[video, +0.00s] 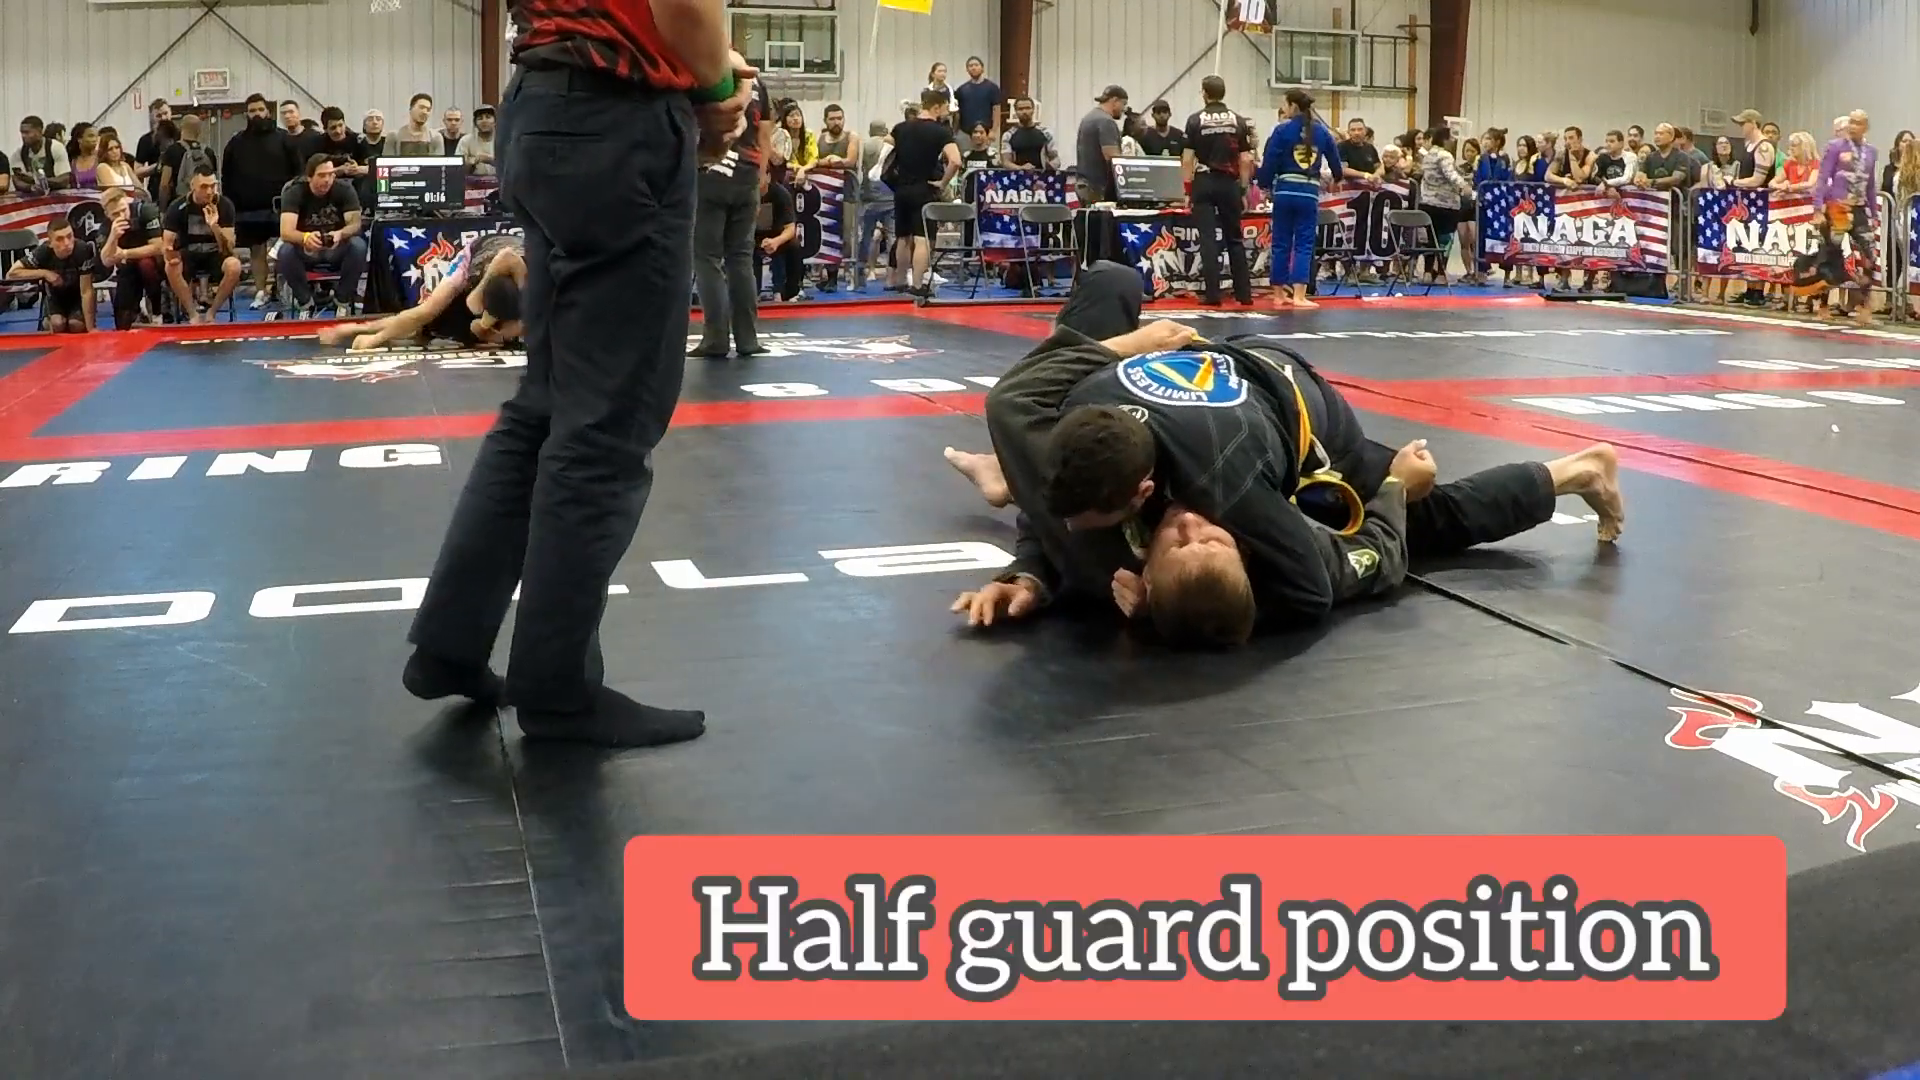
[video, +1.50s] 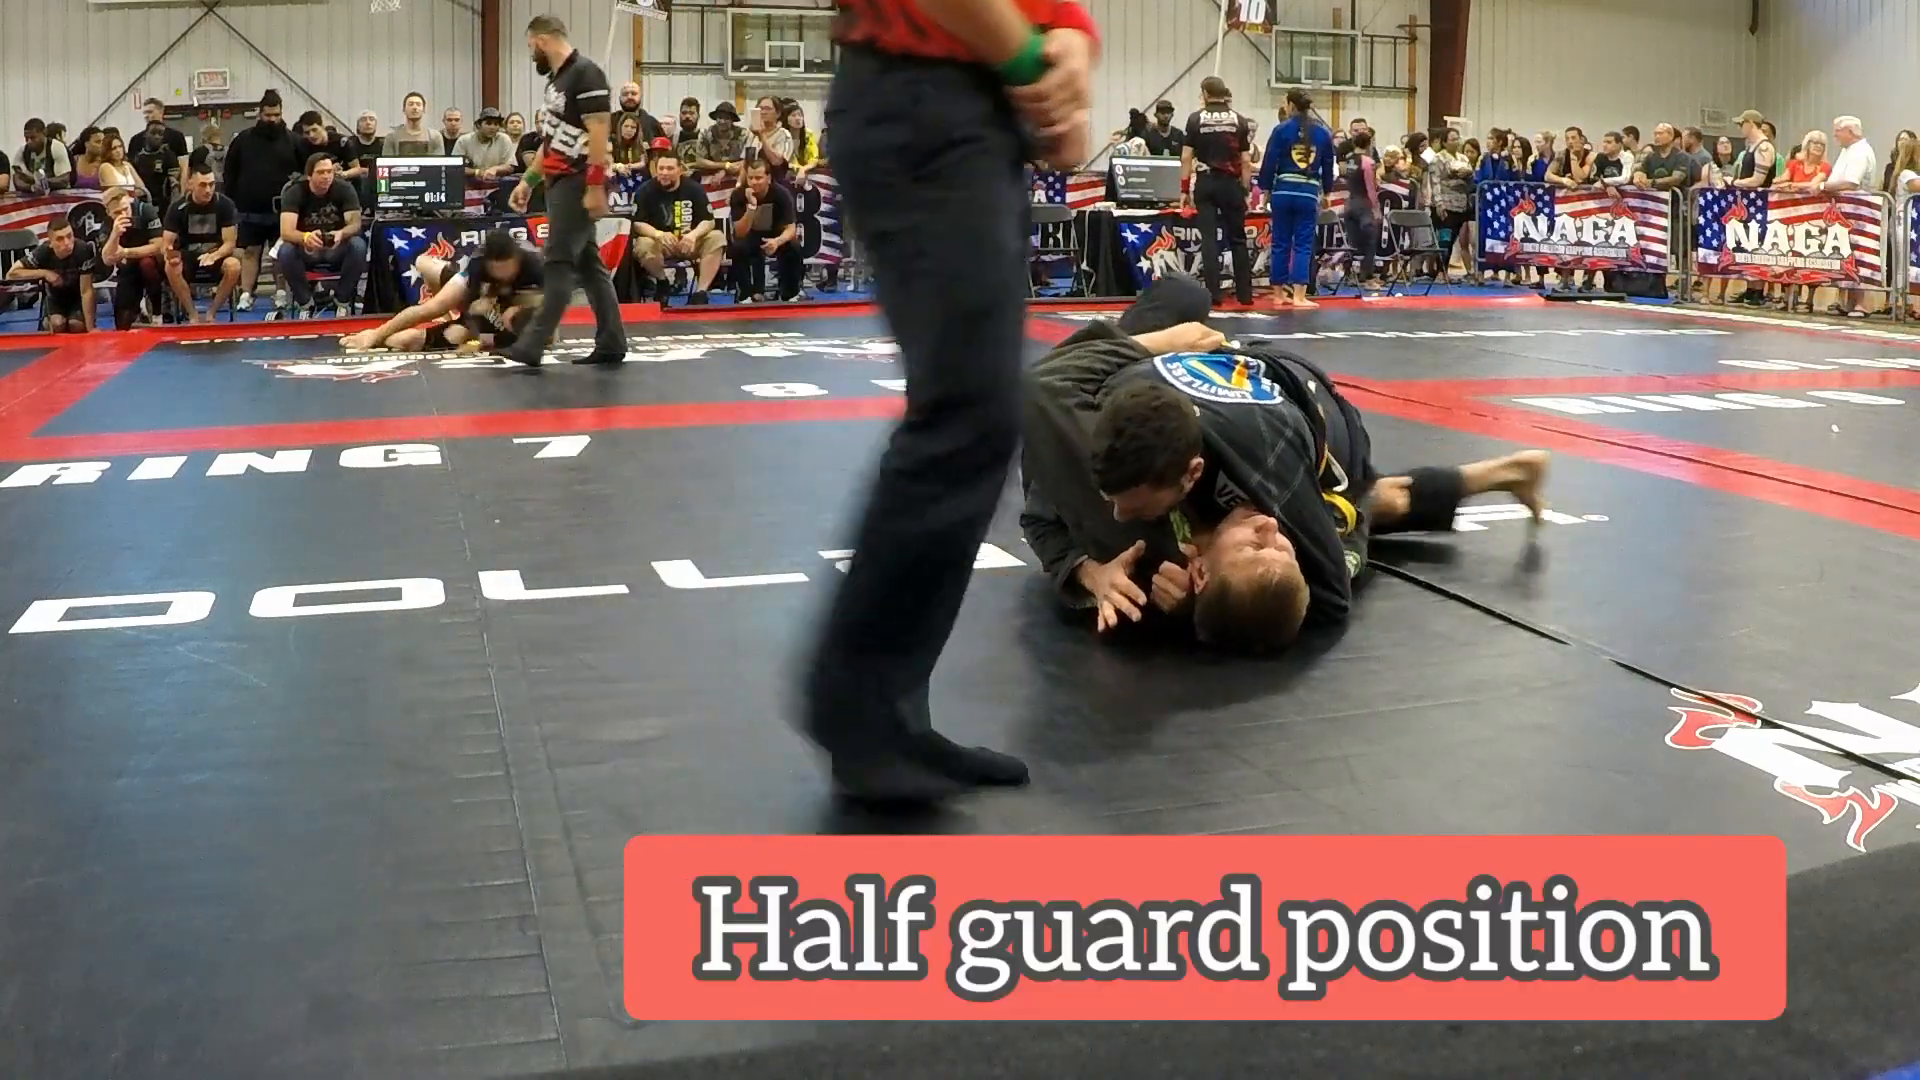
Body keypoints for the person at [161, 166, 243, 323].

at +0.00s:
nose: (209, 191)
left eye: (212, 186)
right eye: (204, 187)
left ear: (216, 186)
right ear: (193, 187)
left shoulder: (224, 205)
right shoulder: (178, 207)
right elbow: (168, 241)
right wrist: (171, 257)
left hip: (215, 253)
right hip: (188, 254)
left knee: (234, 266)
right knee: (172, 268)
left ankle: (211, 313)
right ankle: (193, 315)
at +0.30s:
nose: (207, 191)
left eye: (210, 186)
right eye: (201, 186)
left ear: (215, 185)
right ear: (191, 185)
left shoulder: (223, 204)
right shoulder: (177, 207)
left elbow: (229, 241)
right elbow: (167, 242)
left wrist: (219, 252)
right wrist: (171, 256)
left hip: (213, 253)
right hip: (187, 253)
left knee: (234, 266)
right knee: (171, 268)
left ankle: (211, 314)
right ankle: (193, 315)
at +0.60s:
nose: (207, 190)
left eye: (210, 185)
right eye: (201, 185)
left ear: (214, 184)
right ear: (191, 185)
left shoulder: (224, 205)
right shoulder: (176, 207)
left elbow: (229, 241)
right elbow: (167, 242)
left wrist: (216, 254)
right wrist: (172, 257)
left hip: (214, 253)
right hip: (187, 254)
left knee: (234, 266)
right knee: (171, 268)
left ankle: (211, 313)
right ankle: (193, 314)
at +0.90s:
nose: (207, 190)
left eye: (211, 184)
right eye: (202, 185)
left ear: (215, 184)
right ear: (190, 184)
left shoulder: (224, 204)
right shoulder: (176, 207)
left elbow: (229, 243)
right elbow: (167, 243)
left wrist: (214, 256)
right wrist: (172, 256)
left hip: (215, 253)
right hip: (187, 255)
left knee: (234, 266)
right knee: (172, 268)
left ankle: (211, 313)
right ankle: (193, 315)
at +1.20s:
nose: (208, 190)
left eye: (211, 185)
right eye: (202, 185)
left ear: (215, 184)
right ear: (191, 185)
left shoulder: (224, 205)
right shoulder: (177, 207)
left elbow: (229, 244)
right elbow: (167, 243)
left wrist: (214, 255)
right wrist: (171, 256)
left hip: (215, 253)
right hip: (188, 255)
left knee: (234, 266)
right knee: (171, 268)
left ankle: (211, 314)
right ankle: (193, 315)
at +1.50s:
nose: (208, 190)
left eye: (211, 185)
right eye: (202, 185)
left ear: (215, 184)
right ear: (190, 185)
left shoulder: (225, 204)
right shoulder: (178, 207)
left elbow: (230, 242)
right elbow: (167, 242)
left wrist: (214, 255)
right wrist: (171, 256)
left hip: (215, 253)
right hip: (188, 255)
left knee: (234, 266)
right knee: (171, 268)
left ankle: (211, 313)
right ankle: (193, 315)